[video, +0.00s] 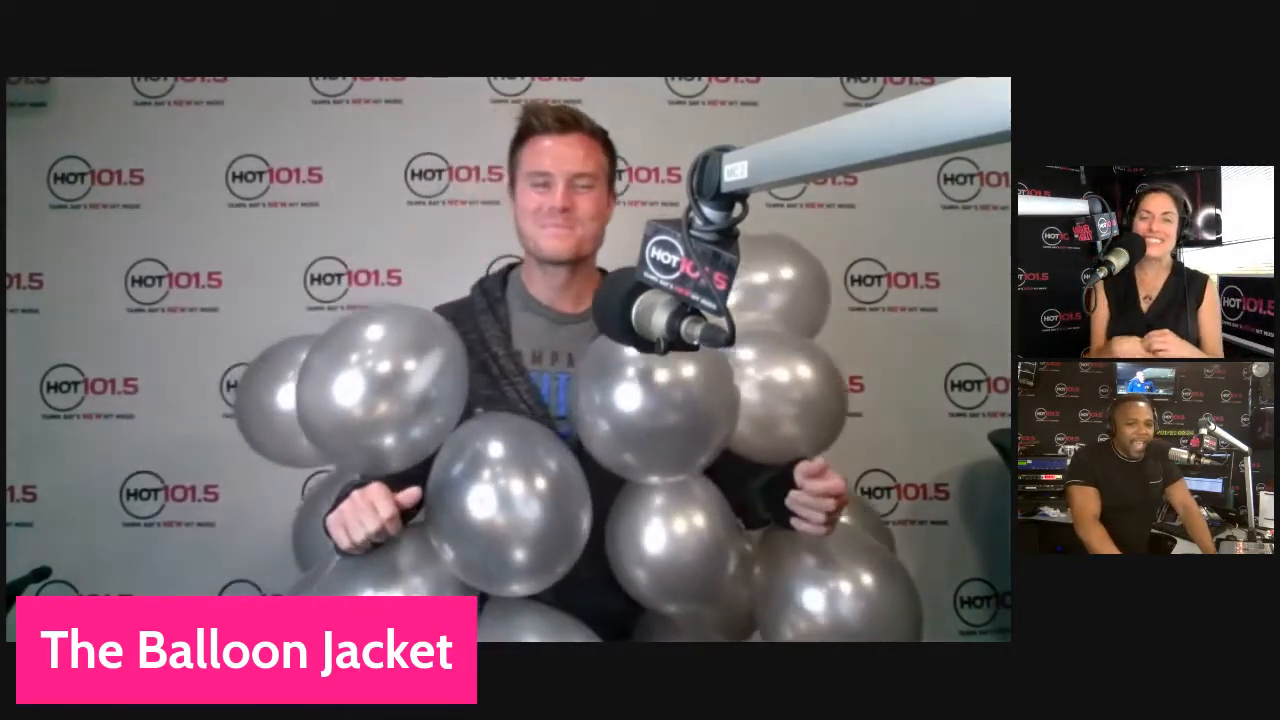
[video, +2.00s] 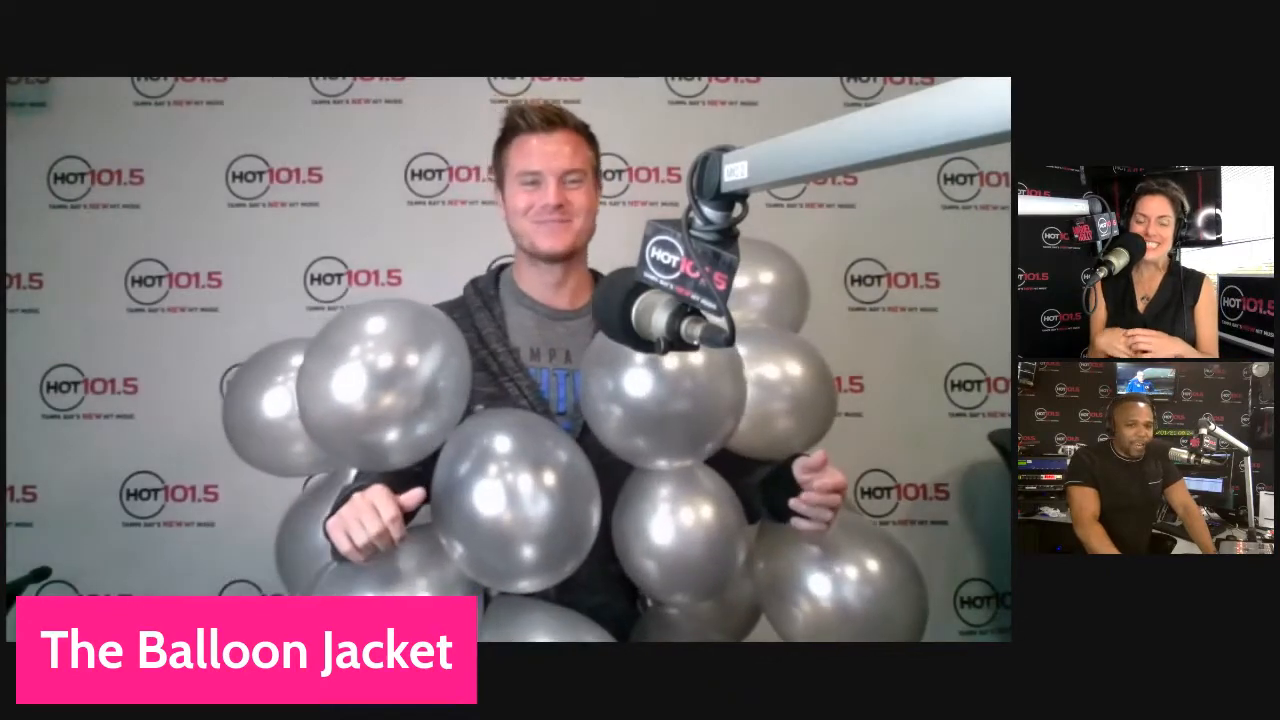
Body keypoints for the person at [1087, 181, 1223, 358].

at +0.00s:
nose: (1154, 227)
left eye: (1167, 219)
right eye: (1144, 217)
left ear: (1180, 228)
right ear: (1131, 223)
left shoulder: (1201, 287)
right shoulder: (1106, 285)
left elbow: (1216, 363)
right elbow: (1094, 355)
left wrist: (1183, 348)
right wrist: (1116, 346)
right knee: (1122, 346)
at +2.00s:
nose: (1150, 231)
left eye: (1163, 223)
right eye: (1141, 220)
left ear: (1177, 230)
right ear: (1127, 224)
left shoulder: (1198, 287)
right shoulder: (1104, 285)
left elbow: (1211, 361)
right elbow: (1093, 359)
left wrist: (1179, 347)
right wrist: (1099, 342)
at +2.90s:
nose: (1147, 228)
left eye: (1160, 220)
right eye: (1138, 218)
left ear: (1176, 230)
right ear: (1127, 224)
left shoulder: (1197, 284)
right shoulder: (1103, 285)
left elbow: (1211, 359)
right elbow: (1093, 359)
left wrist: (1166, 344)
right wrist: (1102, 345)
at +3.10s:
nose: (1146, 229)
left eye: (1159, 220)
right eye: (1137, 218)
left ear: (1174, 230)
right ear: (1126, 224)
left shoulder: (1197, 284)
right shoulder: (1102, 286)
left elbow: (1212, 359)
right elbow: (1092, 360)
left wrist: (1170, 347)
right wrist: (1100, 345)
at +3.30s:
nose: (1144, 229)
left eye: (1157, 221)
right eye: (1135, 219)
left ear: (1173, 229)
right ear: (1124, 225)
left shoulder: (1196, 284)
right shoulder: (1102, 286)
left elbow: (1212, 359)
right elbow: (1090, 358)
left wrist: (1170, 350)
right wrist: (1101, 346)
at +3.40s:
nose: (1143, 229)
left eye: (1156, 220)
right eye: (1135, 220)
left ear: (1173, 228)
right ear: (1124, 226)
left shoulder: (1197, 285)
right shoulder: (1102, 287)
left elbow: (1210, 362)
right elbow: (1093, 355)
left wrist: (1162, 350)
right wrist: (1122, 344)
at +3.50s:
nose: (1143, 227)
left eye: (1156, 218)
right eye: (1134, 218)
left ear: (1172, 227)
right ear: (1124, 225)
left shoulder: (1197, 285)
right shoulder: (1102, 287)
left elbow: (1209, 361)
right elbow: (1093, 355)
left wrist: (1163, 351)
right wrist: (1116, 350)